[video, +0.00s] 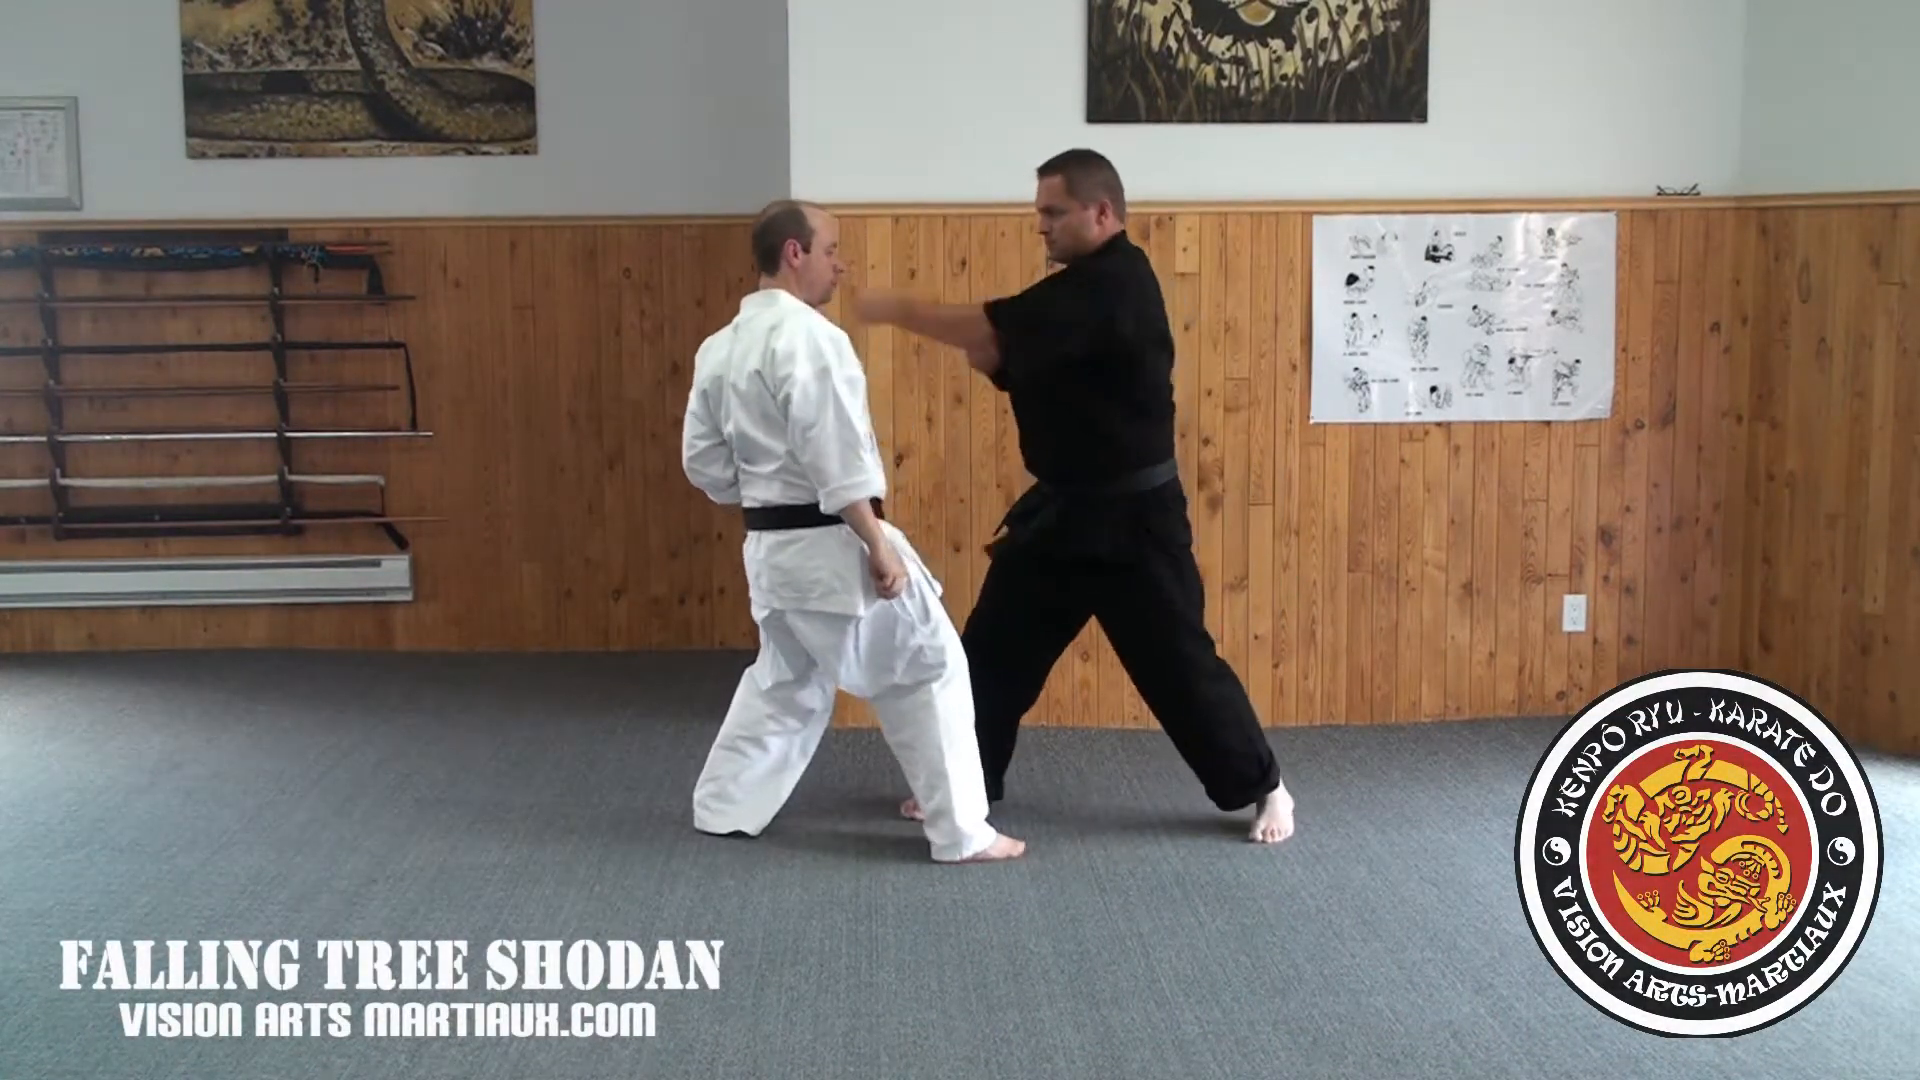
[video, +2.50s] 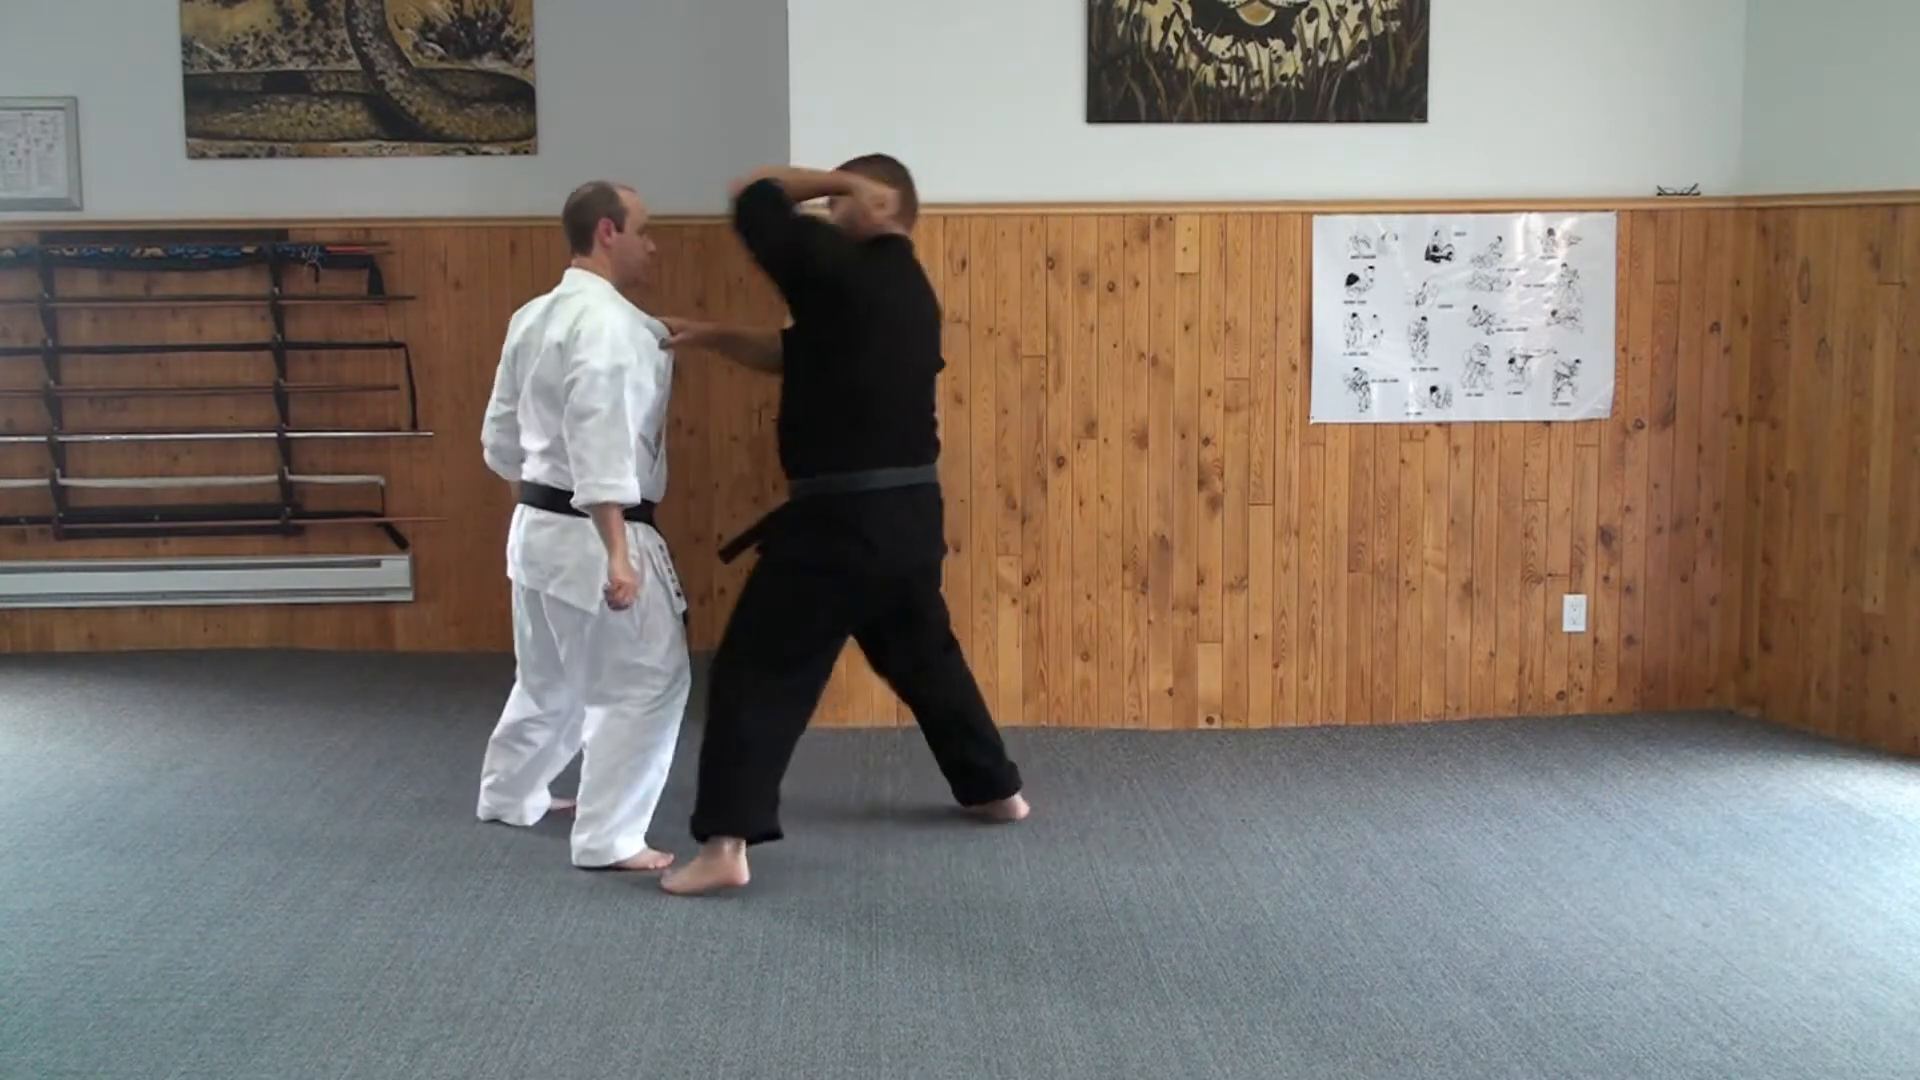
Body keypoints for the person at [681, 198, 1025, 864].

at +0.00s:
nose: (839, 267)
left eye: (838, 253)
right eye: (830, 253)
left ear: (779, 257)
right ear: (793, 254)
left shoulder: (716, 349)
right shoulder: (810, 338)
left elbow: (704, 463)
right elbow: (834, 452)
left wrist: (767, 503)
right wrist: (877, 542)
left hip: (768, 550)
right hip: (834, 545)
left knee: (785, 676)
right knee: (930, 667)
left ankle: (721, 806)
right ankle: (962, 830)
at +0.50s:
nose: (829, 261)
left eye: (827, 246)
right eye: (818, 246)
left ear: (768, 255)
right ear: (781, 252)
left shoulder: (711, 350)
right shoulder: (804, 343)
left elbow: (700, 461)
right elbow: (827, 459)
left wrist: (761, 503)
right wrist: (869, 549)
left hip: (764, 550)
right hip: (830, 548)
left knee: (782, 679)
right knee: (927, 668)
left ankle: (722, 807)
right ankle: (962, 830)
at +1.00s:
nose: (835, 262)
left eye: (833, 248)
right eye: (826, 248)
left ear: (775, 256)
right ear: (790, 253)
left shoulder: (714, 351)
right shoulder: (813, 343)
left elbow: (703, 463)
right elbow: (841, 458)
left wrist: (761, 505)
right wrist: (882, 547)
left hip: (768, 549)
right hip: (837, 546)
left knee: (782, 677)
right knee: (932, 664)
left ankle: (721, 807)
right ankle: (963, 831)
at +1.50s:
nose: (802, 265)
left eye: (800, 251)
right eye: (795, 251)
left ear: (743, 258)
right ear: (762, 254)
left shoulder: (686, 358)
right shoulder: (791, 337)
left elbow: (690, 476)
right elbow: (832, 450)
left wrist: (754, 506)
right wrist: (879, 532)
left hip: (756, 548)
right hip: (831, 542)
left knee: (775, 676)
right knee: (908, 677)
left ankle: (723, 810)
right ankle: (958, 828)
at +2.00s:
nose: (714, 248)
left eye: (712, 232)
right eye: (707, 232)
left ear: (653, 235)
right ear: (674, 233)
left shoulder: (588, 320)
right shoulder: (688, 321)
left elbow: (547, 423)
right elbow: (710, 446)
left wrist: (533, 506)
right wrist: (755, 531)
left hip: (612, 535)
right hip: (679, 538)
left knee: (692, 674)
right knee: (681, 683)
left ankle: (715, 807)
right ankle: (601, 820)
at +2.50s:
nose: (651, 245)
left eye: (648, 230)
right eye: (643, 231)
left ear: (593, 237)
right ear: (608, 234)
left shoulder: (532, 316)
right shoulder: (613, 327)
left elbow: (501, 441)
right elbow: (601, 447)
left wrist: (557, 493)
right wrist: (619, 551)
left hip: (535, 530)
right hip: (602, 540)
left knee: (548, 678)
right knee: (647, 684)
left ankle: (510, 795)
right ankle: (608, 838)